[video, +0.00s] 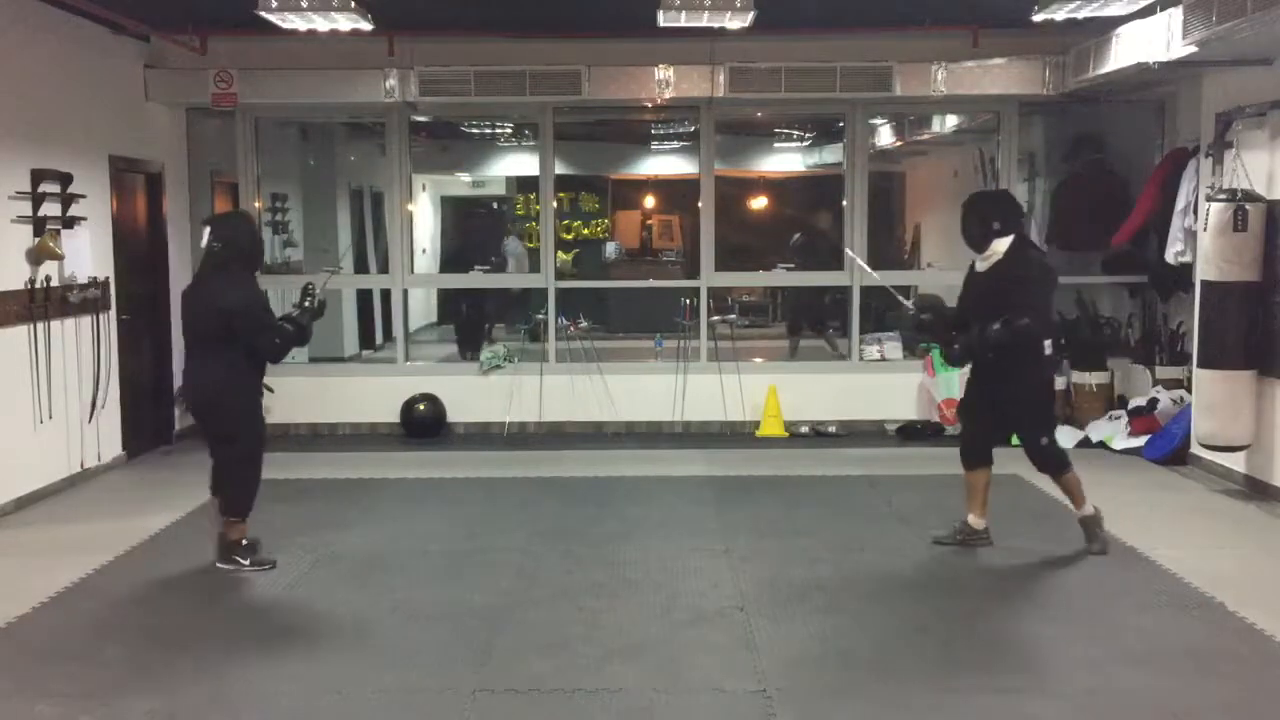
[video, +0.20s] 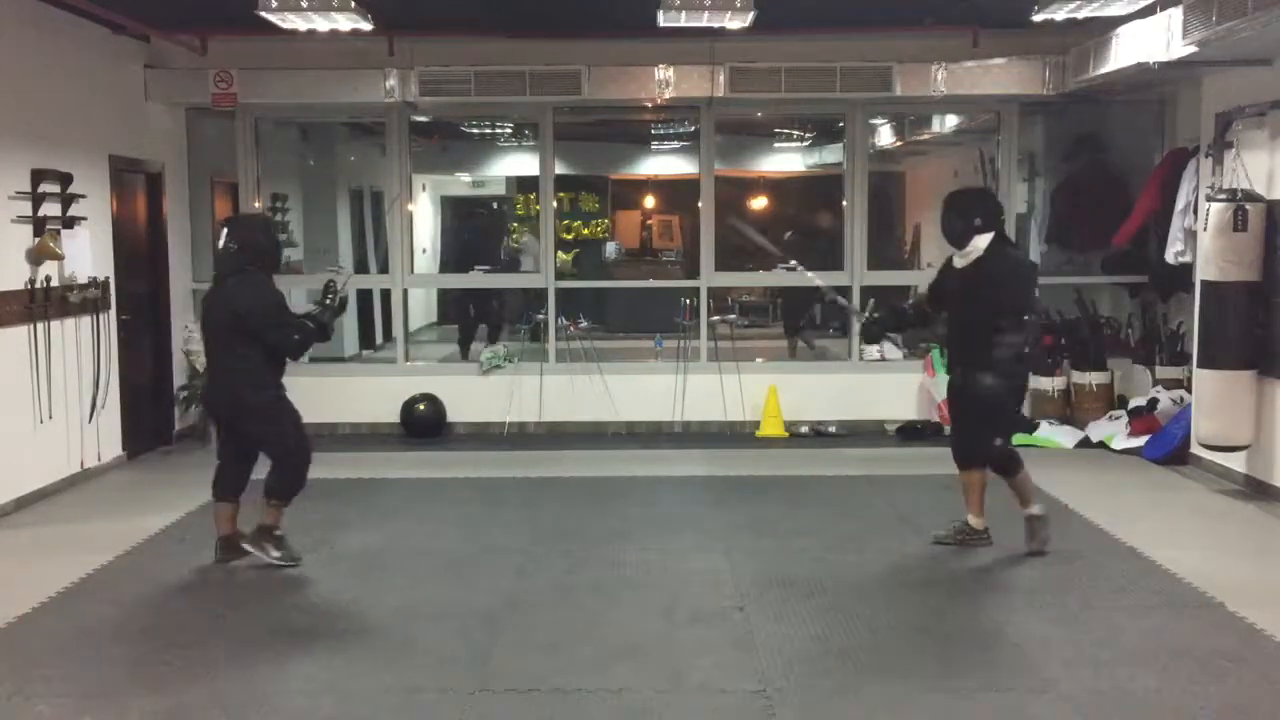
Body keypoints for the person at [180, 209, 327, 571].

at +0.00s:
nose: (261, 248)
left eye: (259, 240)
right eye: (257, 240)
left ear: (214, 245)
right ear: (247, 245)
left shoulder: (194, 290)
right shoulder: (242, 289)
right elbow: (272, 346)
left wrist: (289, 319)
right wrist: (301, 320)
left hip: (202, 391)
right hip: (234, 393)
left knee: (227, 456)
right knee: (244, 459)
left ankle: (230, 536)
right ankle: (233, 547)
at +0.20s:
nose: (280, 251)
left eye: (278, 243)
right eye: (275, 243)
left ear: (233, 247)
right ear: (260, 247)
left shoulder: (218, 291)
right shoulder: (256, 289)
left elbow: (268, 330)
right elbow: (290, 340)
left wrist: (312, 318)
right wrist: (321, 318)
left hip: (223, 394)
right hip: (256, 395)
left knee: (235, 458)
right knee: (294, 452)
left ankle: (227, 539)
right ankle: (269, 532)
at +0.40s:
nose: (310, 256)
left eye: (307, 249)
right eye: (306, 249)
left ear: (266, 250)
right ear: (298, 252)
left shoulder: (253, 286)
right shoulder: (290, 291)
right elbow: (326, 340)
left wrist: (335, 320)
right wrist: (356, 319)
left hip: (251, 390)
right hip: (286, 393)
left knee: (258, 457)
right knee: (314, 456)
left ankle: (231, 535)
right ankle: (325, 538)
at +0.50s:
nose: (325, 253)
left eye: (322, 246)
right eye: (322, 246)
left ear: (283, 249)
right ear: (316, 250)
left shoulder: (267, 288)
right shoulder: (311, 293)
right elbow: (341, 335)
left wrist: (352, 314)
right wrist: (373, 321)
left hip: (268, 389)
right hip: (305, 391)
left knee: (285, 453)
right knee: (329, 458)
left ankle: (245, 523)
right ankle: (327, 539)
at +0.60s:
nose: (341, 253)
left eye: (339, 246)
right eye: (338, 246)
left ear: (300, 248)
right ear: (331, 251)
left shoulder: (283, 289)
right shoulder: (324, 294)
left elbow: (327, 308)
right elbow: (368, 334)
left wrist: (363, 298)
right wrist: (396, 303)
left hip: (282, 388)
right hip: (318, 390)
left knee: (303, 452)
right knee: (341, 457)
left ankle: (275, 519)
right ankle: (329, 538)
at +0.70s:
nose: (357, 258)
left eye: (356, 253)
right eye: (353, 252)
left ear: (316, 250)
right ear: (341, 256)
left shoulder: (298, 280)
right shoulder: (341, 296)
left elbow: (350, 263)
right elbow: (376, 332)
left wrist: (388, 266)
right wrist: (401, 289)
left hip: (294, 391)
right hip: (332, 393)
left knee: (314, 453)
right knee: (372, 453)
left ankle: (287, 530)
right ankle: (342, 525)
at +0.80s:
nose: (369, 270)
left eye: (368, 263)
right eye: (366, 263)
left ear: (332, 256)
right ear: (359, 264)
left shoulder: (312, 286)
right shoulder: (356, 297)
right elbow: (400, 315)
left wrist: (381, 240)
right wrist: (402, 266)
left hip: (309, 393)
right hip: (346, 394)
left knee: (327, 456)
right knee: (397, 446)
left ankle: (290, 530)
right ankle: (386, 527)